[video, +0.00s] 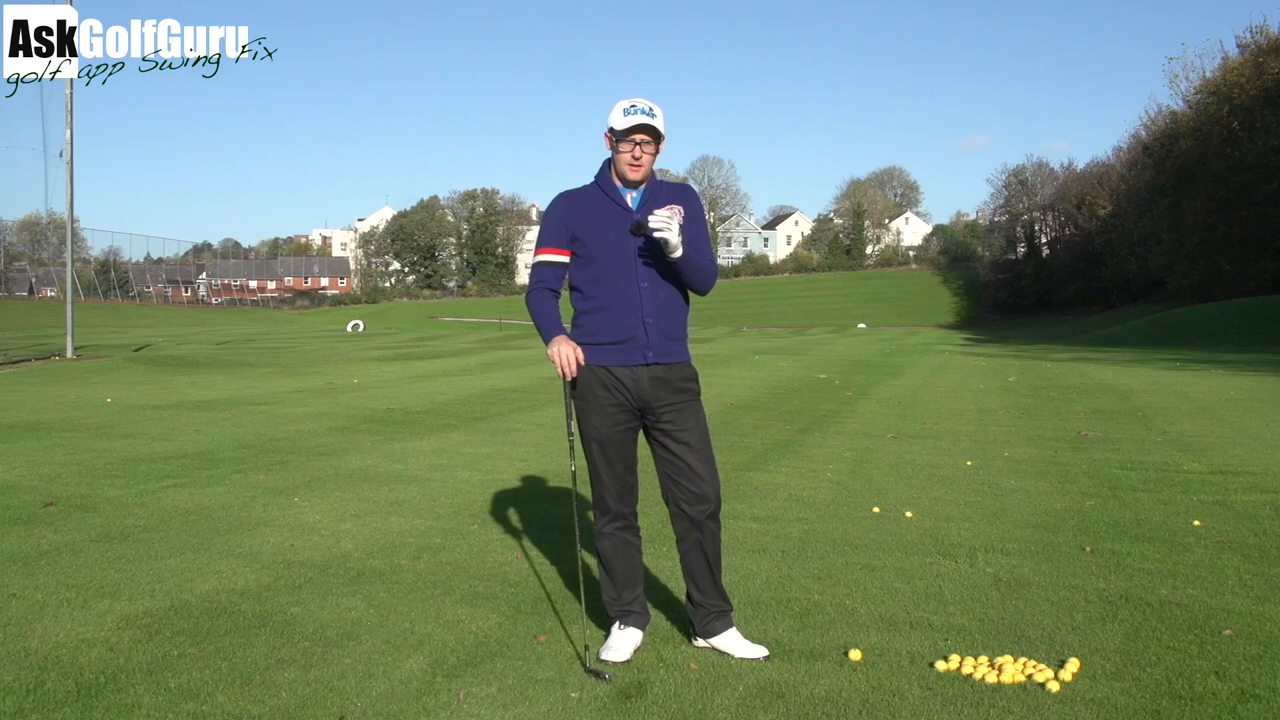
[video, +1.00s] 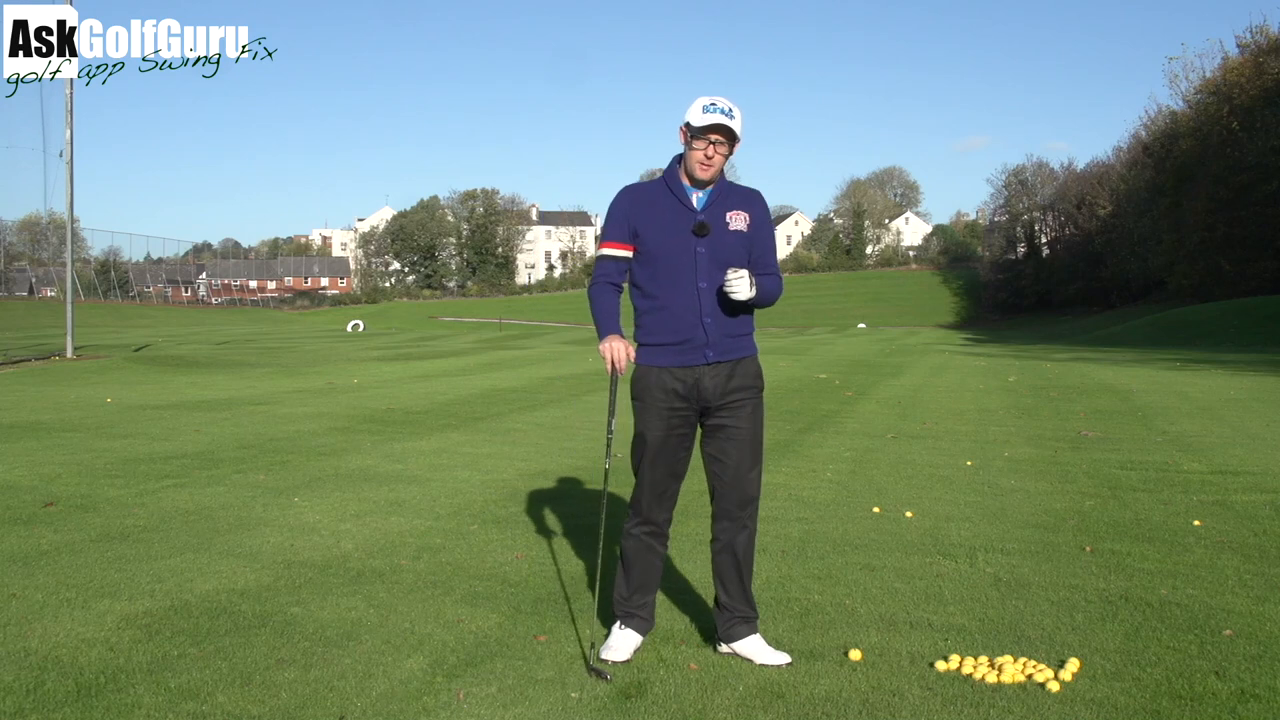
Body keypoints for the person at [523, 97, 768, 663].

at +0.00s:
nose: (638, 151)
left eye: (648, 142)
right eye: (629, 141)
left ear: (660, 149)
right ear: (610, 143)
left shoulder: (681, 200)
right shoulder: (570, 207)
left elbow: (704, 281)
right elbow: (542, 288)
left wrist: (676, 246)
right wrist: (554, 335)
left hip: (672, 373)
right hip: (602, 375)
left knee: (699, 497)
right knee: (615, 505)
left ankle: (711, 621)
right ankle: (628, 618)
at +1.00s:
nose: (711, 149)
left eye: (722, 142)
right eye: (703, 138)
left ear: (732, 150)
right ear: (684, 138)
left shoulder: (749, 204)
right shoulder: (635, 201)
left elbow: (772, 282)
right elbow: (606, 278)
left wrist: (753, 286)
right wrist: (610, 331)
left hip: (736, 373)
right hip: (662, 374)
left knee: (738, 507)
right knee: (650, 507)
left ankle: (736, 628)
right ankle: (631, 621)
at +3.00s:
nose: (654, 146)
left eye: (664, 138)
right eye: (646, 137)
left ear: (678, 147)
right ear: (629, 142)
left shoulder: (703, 204)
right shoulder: (588, 210)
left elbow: (729, 283)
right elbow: (570, 293)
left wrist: (710, 280)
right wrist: (591, 336)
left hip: (694, 376)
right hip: (624, 379)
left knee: (721, 501)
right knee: (634, 507)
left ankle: (734, 626)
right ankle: (649, 621)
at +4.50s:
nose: (666, 146)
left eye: (677, 140)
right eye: (658, 135)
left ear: (688, 148)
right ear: (639, 137)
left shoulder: (705, 205)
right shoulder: (595, 207)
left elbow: (728, 290)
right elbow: (585, 291)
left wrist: (730, 264)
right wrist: (643, 263)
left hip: (705, 369)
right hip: (633, 374)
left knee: (721, 501)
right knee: (642, 504)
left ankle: (732, 626)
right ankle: (649, 621)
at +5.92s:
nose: (718, 145)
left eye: (729, 137)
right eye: (710, 135)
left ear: (745, 145)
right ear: (697, 141)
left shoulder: (765, 208)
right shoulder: (655, 206)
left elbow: (783, 298)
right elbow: (642, 290)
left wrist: (790, 270)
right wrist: (688, 256)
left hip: (753, 373)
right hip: (683, 376)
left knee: (741, 507)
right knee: (674, 504)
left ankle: (733, 627)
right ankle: (653, 621)